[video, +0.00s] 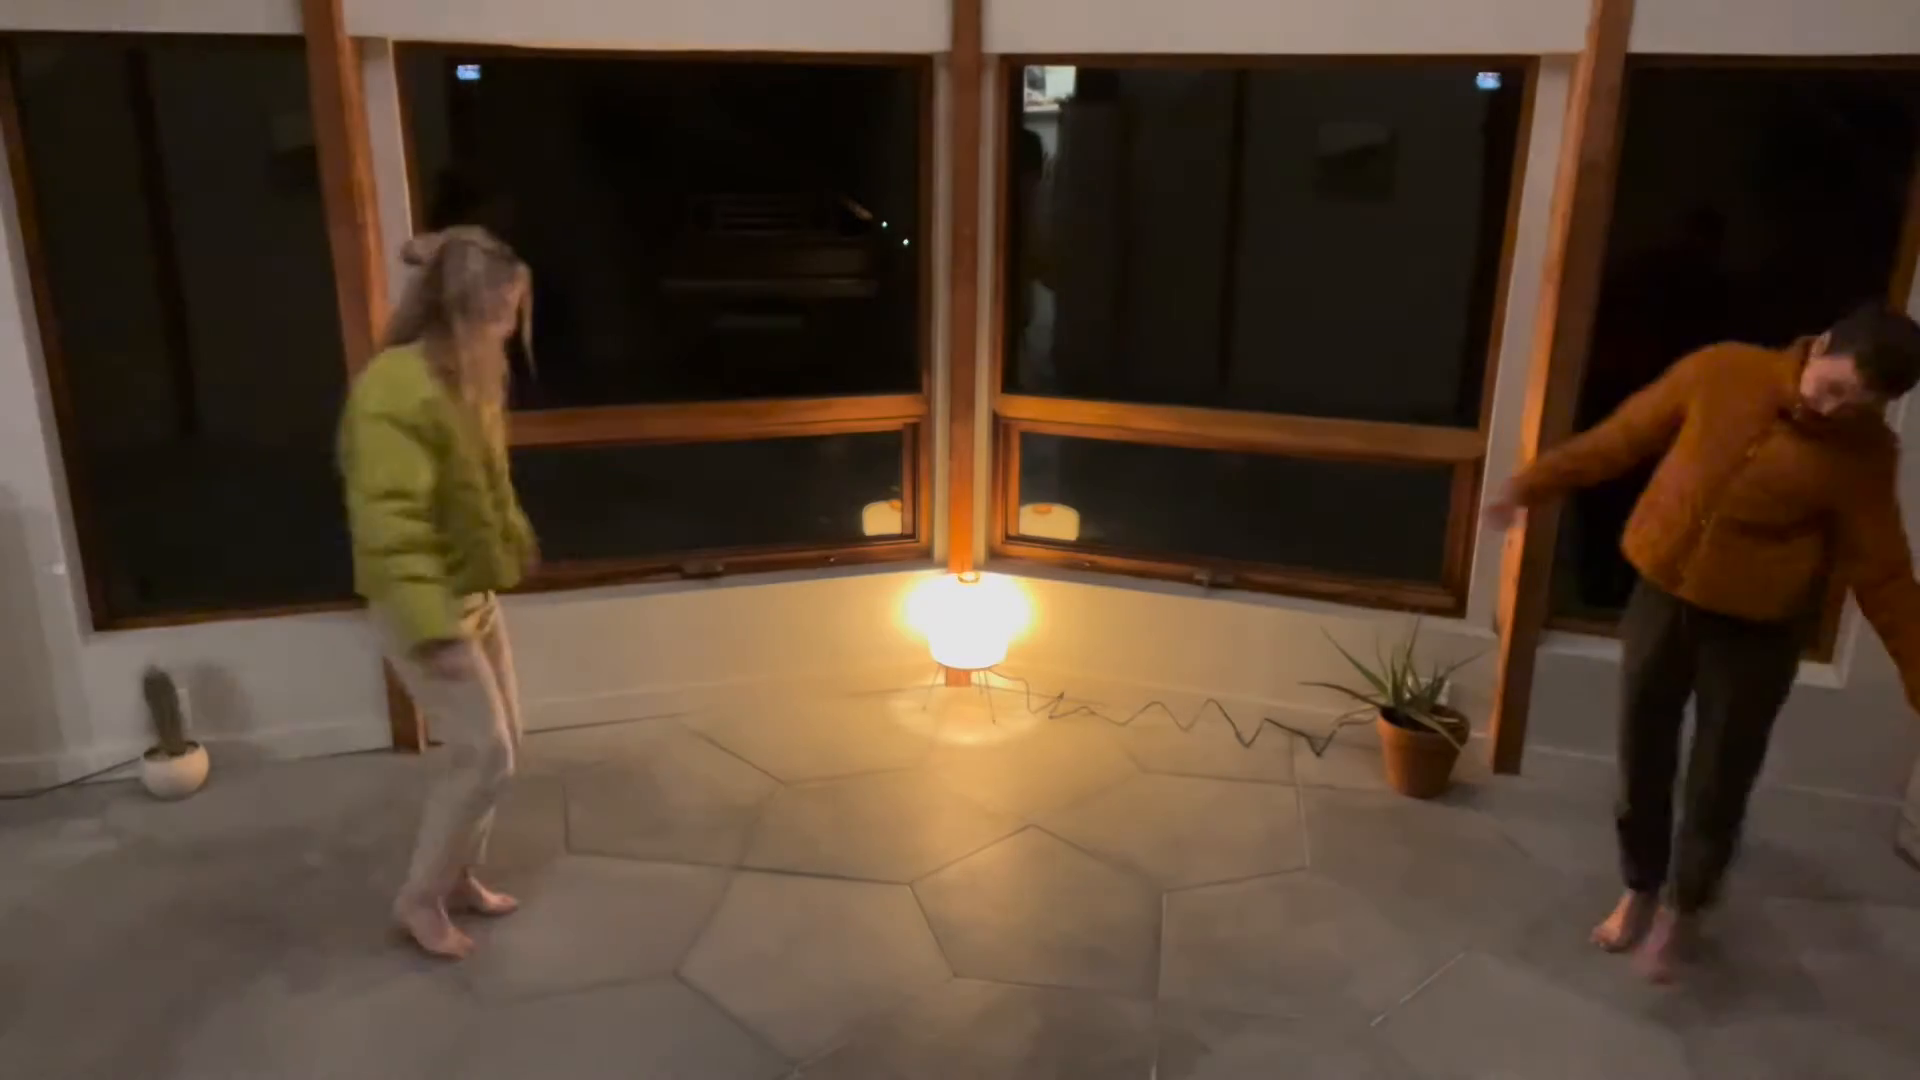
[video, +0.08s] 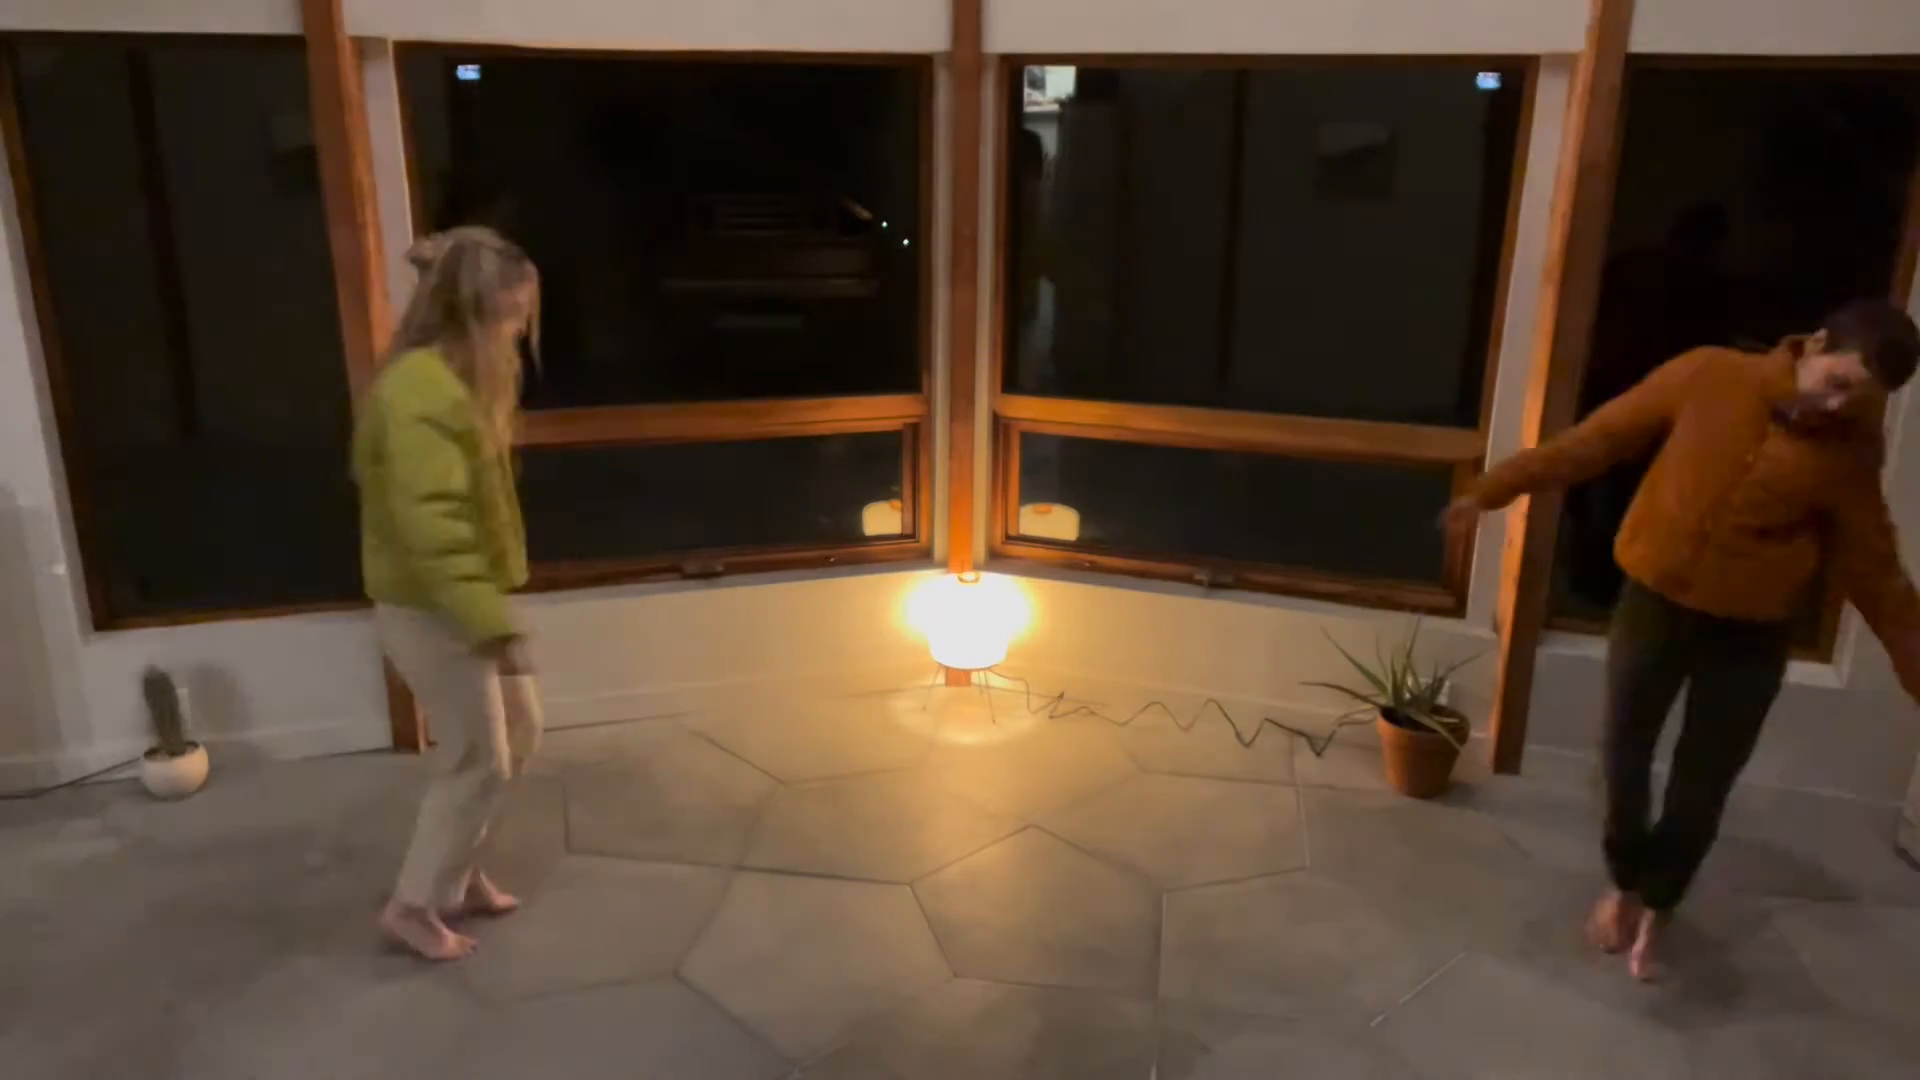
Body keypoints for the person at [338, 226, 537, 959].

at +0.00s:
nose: (513, 329)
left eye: (515, 313)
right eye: (505, 314)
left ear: (486, 311)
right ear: (465, 311)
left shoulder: (473, 374)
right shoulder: (394, 388)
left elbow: (487, 478)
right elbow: (387, 522)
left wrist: (515, 543)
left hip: (474, 594)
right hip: (422, 608)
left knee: (500, 748)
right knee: (482, 752)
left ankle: (459, 875)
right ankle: (418, 898)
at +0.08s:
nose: (523, 333)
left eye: (524, 318)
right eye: (516, 318)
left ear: (477, 311)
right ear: (477, 313)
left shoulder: (459, 382)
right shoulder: (420, 388)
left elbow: (468, 505)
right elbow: (427, 523)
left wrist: (497, 597)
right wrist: (489, 623)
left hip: (466, 596)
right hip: (422, 604)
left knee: (518, 731)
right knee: (479, 753)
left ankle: (457, 872)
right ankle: (412, 903)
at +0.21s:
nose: (545, 329)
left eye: (546, 312)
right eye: (538, 312)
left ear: (460, 304)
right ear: (502, 313)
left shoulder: (423, 372)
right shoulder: (475, 387)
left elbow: (409, 496)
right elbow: (511, 524)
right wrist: (590, 621)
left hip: (423, 595)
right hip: (453, 602)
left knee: (492, 742)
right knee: (509, 757)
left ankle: (472, 886)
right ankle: (424, 896)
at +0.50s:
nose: (592, 311)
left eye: (590, 298)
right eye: (587, 298)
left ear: (492, 292)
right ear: (565, 305)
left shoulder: (427, 368)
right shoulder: (565, 386)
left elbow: (393, 487)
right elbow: (619, 507)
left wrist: (378, 579)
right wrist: (693, 583)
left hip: (448, 601)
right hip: (523, 608)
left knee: (509, 747)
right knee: (554, 750)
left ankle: (513, 893)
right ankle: (513, 914)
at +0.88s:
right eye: (634, 289)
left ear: (545, 281)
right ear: (626, 295)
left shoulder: (494, 356)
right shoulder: (635, 364)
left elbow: (465, 484)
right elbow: (663, 481)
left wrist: (436, 586)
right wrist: (686, 568)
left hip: (525, 589)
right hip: (607, 589)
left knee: (550, 734)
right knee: (609, 727)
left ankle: (575, 871)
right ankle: (594, 877)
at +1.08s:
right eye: (660, 284)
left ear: (579, 277)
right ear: (652, 289)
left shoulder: (532, 356)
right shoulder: (662, 360)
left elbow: (489, 471)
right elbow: (693, 475)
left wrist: (389, 528)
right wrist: (716, 553)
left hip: (555, 583)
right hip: (638, 582)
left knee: (563, 711)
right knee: (637, 716)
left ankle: (588, 849)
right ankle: (640, 860)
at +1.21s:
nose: (684, 298)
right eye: (680, 287)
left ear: (602, 274)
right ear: (671, 290)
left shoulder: (549, 346)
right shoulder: (676, 361)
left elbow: (474, 441)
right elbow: (709, 468)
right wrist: (752, 533)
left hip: (563, 572)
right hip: (645, 571)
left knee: (582, 713)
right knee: (645, 704)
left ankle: (604, 849)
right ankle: (652, 848)